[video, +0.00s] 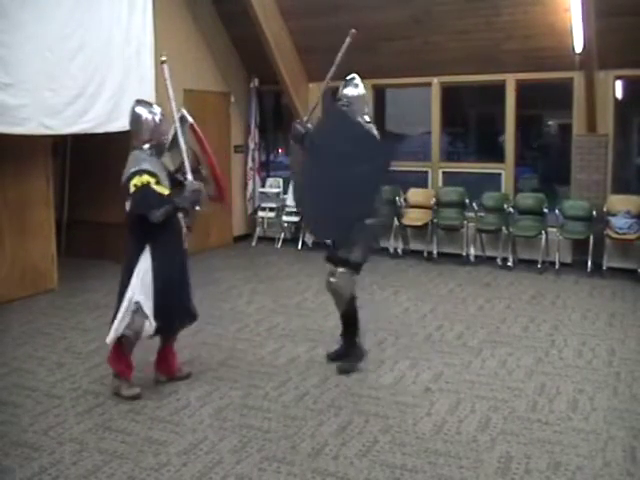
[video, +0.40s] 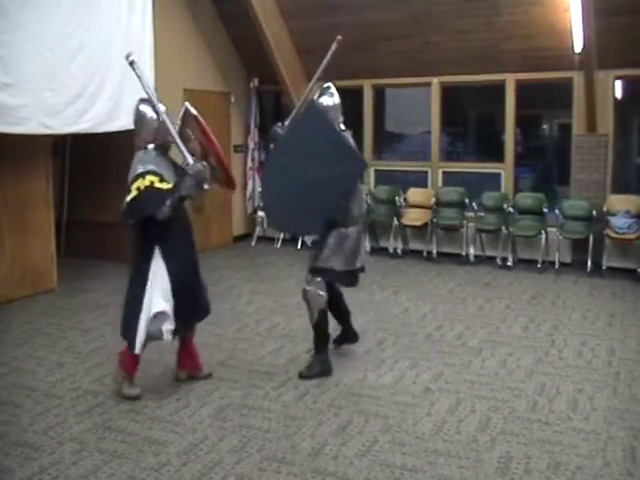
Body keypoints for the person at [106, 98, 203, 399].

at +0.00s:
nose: (167, 127)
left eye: (165, 122)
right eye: (161, 123)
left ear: (154, 128)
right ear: (148, 129)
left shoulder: (158, 160)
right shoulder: (142, 167)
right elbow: (152, 211)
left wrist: (188, 186)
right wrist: (182, 199)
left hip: (169, 245)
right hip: (148, 248)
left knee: (172, 302)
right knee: (138, 307)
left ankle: (166, 360)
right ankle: (121, 371)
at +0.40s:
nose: (170, 130)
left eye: (169, 125)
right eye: (164, 126)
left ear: (167, 132)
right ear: (153, 132)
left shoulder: (169, 161)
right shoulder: (147, 165)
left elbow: (190, 191)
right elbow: (156, 210)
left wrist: (200, 175)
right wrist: (186, 186)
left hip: (180, 253)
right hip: (152, 253)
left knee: (188, 300)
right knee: (146, 307)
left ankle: (187, 359)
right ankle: (127, 368)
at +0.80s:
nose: (160, 132)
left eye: (164, 124)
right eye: (155, 127)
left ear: (174, 129)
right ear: (149, 133)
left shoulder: (186, 160)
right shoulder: (151, 160)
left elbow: (210, 191)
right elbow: (167, 207)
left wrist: (206, 168)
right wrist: (192, 179)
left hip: (183, 234)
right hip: (154, 238)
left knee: (202, 306)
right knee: (150, 302)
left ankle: (198, 350)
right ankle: (139, 363)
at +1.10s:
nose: (174, 139)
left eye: (180, 133)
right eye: (173, 133)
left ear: (189, 138)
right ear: (176, 139)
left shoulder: (202, 161)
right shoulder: (172, 163)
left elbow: (245, 187)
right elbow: (180, 199)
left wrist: (229, 160)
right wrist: (208, 173)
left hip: (206, 242)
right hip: (179, 245)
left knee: (220, 299)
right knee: (177, 307)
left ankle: (219, 354)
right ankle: (164, 367)